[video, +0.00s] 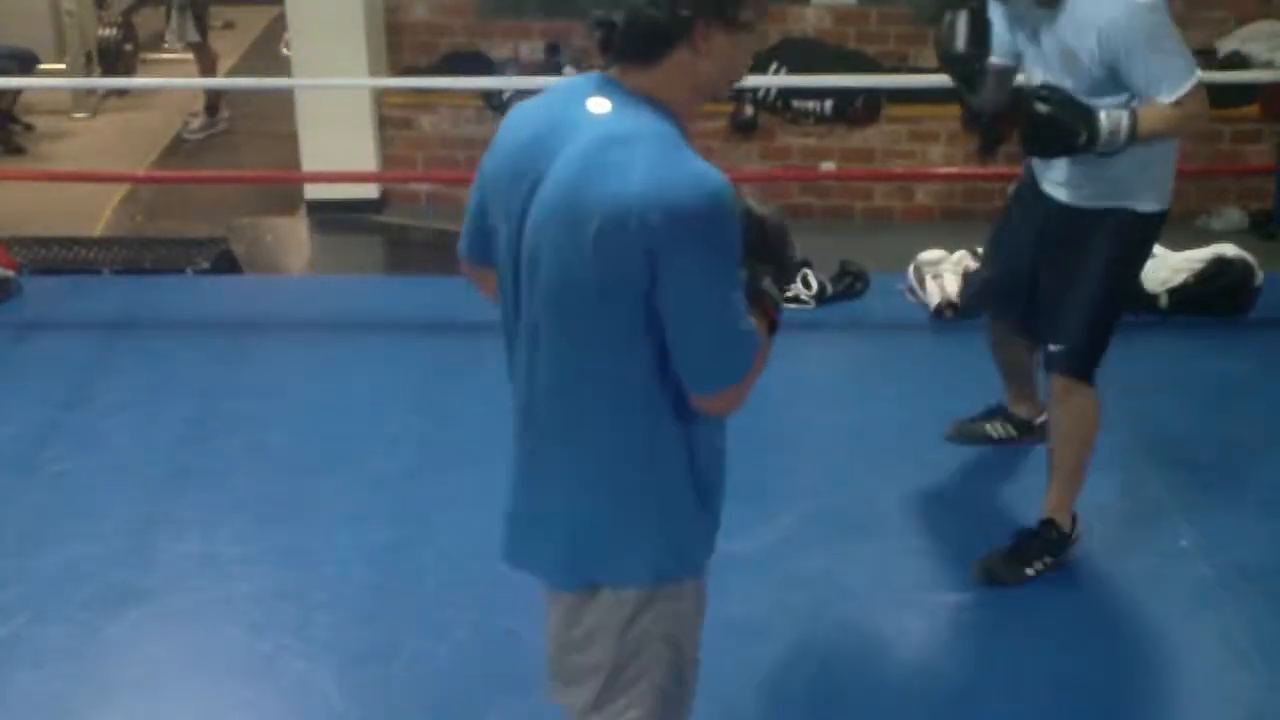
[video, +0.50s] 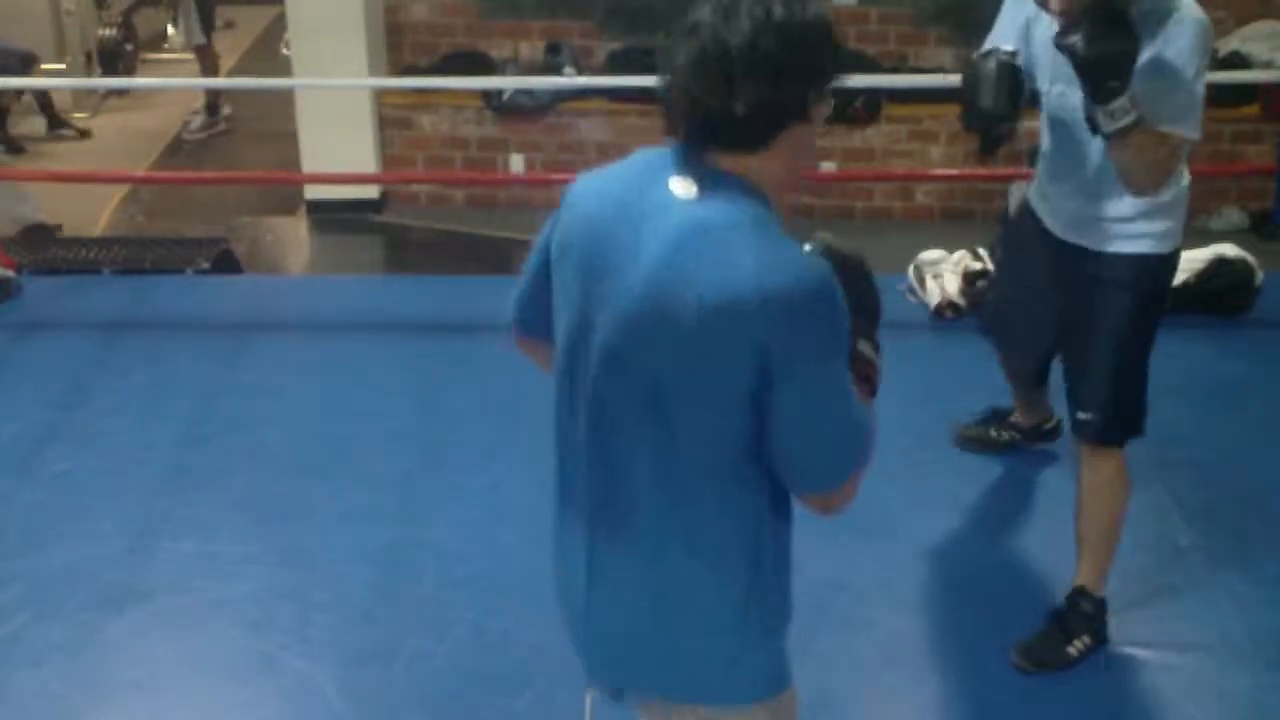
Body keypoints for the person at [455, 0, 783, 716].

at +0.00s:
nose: (752, 56)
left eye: (754, 38)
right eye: (748, 35)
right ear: (703, 34)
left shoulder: (532, 118)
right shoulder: (684, 192)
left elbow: (482, 265)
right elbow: (719, 392)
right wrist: (762, 310)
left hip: (551, 497)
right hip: (638, 528)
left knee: (588, 695)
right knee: (632, 706)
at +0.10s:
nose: (770, 57)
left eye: (773, 39)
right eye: (771, 36)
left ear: (653, 25)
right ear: (736, 32)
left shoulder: (560, 125)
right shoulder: (707, 182)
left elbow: (509, 273)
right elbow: (723, 393)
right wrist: (779, 318)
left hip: (564, 499)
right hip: (652, 525)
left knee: (620, 701)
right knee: (686, 707)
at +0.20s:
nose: (782, 66)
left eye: (785, 45)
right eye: (784, 44)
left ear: (670, 28)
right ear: (757, 44)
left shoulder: (578, 129)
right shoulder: (725, 186)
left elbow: (532, 278)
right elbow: (736, 402)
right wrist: (794, 332)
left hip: (571, 531)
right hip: (667, 557)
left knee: (629, 700)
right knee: (739, 707)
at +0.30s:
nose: (792, 75)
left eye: (797, 56)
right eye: (794, 54)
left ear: (686, 35)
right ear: (770, 55)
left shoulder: (590, 133)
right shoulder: (743, 199)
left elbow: (541, 279)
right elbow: (756, 419)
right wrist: (810, 347)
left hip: (585, 534)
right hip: (682, 561)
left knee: (652, 705)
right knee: (751, 709)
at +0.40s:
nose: (809, 72)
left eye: (811, 55)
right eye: (808, 55)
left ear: (681, 47)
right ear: (789, 63)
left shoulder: (595, 151)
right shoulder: (761, 228)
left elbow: (538, 294)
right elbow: (793, 446)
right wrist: (833, 335)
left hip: (595, 548)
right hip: (700, 580)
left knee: (652, 697)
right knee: (739, 705)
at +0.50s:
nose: (818, 142)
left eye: (821, 117)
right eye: (817, 116)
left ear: (700, 95)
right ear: (784, 117)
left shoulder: (595, 194)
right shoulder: (786, 284)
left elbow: (536, 333)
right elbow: (829, 489)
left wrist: (644, 379)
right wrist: (852, 370)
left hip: (594, 600)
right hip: (714, 635)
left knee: (618, 700)